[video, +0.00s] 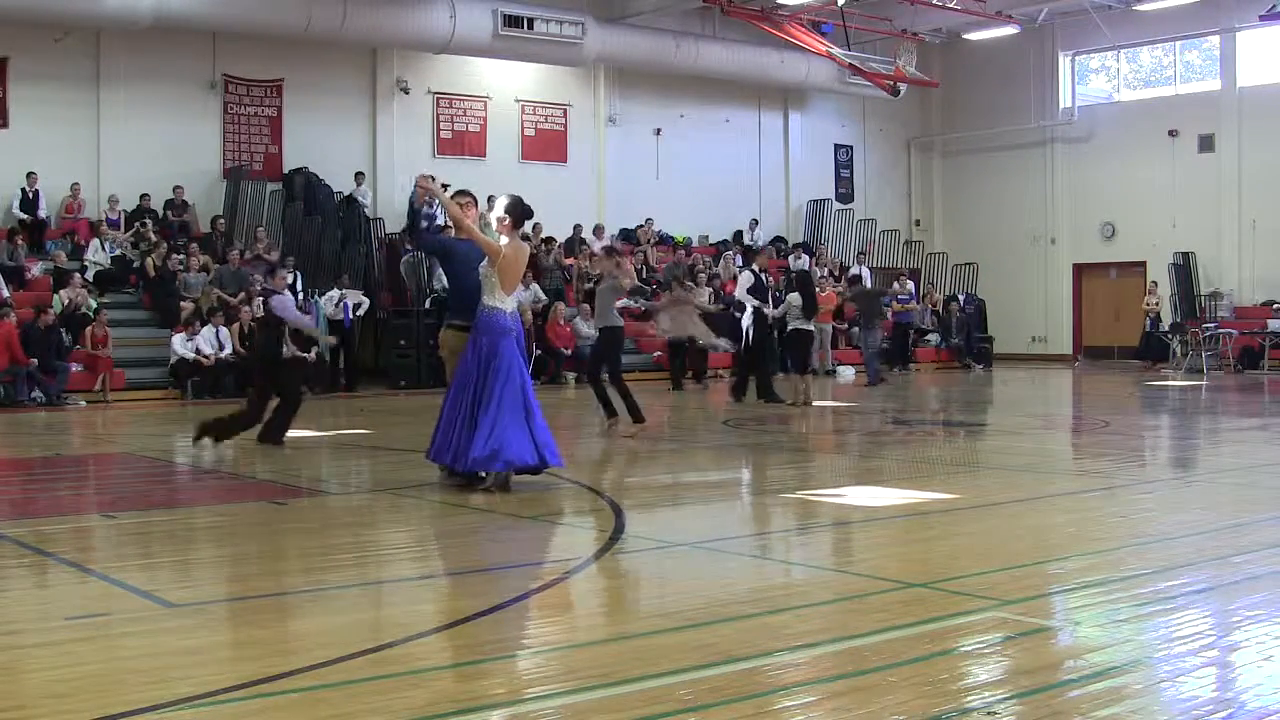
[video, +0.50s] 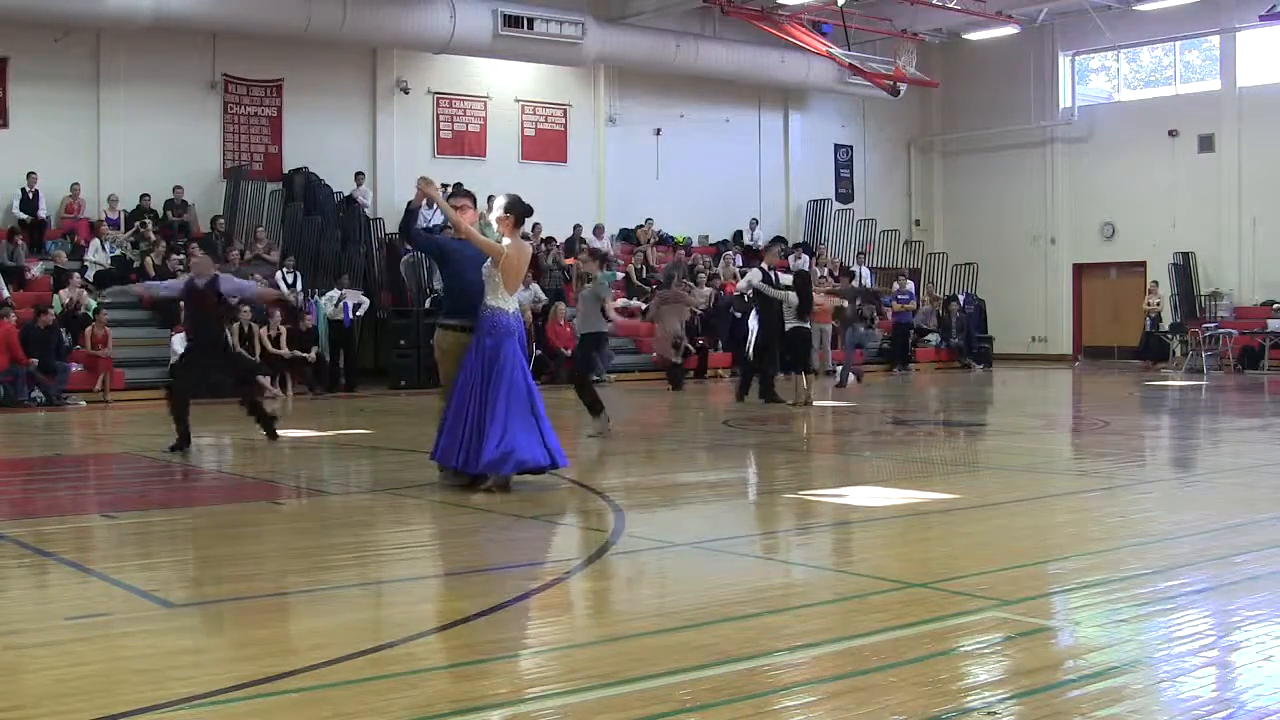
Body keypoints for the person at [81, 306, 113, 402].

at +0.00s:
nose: (106, 317)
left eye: (106, 315)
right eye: (104, 315)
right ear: (97, 316)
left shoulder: (107, 330)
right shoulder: (89, 330)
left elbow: (109, 348)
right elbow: (89, 350)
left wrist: (105, 352)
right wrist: (99, 353)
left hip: (103, 355)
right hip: (92, 355)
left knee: (104, 360)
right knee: (107, 364)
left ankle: (98, 382)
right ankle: (107, 393)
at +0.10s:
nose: (106, 317)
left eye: (106, 315)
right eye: (104, 315)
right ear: (97, 317)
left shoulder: (107, 330)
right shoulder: (89, 330)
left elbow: (109, 349)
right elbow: (88, 350)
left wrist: (104, 352)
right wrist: (99, 353)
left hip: (103, 354)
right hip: (92, 355)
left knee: (103, 359)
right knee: (107, 364)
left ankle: (98, 382)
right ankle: (107, 393)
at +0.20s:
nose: (106, 317)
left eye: (106, 315)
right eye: (104, 315)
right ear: (97, 316)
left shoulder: (107, 330)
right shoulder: (89, 330)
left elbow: (109, 348)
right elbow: (89, 350)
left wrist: (104, 352)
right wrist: (100, 353)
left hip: (103, 355)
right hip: (92, 355)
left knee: (104, 360)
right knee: (107, 364)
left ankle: (98, 382)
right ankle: (107, 393)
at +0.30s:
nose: (106, 317)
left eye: (106, 314)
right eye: (104, 315)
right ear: (97, 316)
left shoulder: (107, 330)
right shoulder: (89, 330)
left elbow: (109, 348)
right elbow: (88, 350)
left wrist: (104, 352)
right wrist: (99, 353)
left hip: (103, 354)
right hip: (92, 355)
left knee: (104, 359)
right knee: (107, 364)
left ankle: (98, 382)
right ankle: (107, 393)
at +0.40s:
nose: (106, 317)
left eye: (106, 314)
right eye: (104, 315)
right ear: (97, 316)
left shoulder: (108, 331)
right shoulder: (89, 330)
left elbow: (109, 349)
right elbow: (88, 350)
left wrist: (104, 351)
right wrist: (100, 353)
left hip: (103, 354)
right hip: (92, 355)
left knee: (105, 359)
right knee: (107, 364)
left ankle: (99, 382)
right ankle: (107, 393)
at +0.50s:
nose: (106, 317)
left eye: (106, 314)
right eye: (104, 315)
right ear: (97, 316)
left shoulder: (108, 331)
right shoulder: (89, 330)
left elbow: (109, 348)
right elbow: (88, 350)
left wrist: (104, 351)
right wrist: (100, 353)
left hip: (103, 354)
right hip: (92, 355)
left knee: (105, 359)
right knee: (107, 364)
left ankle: (99, 382)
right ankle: (107, 393)